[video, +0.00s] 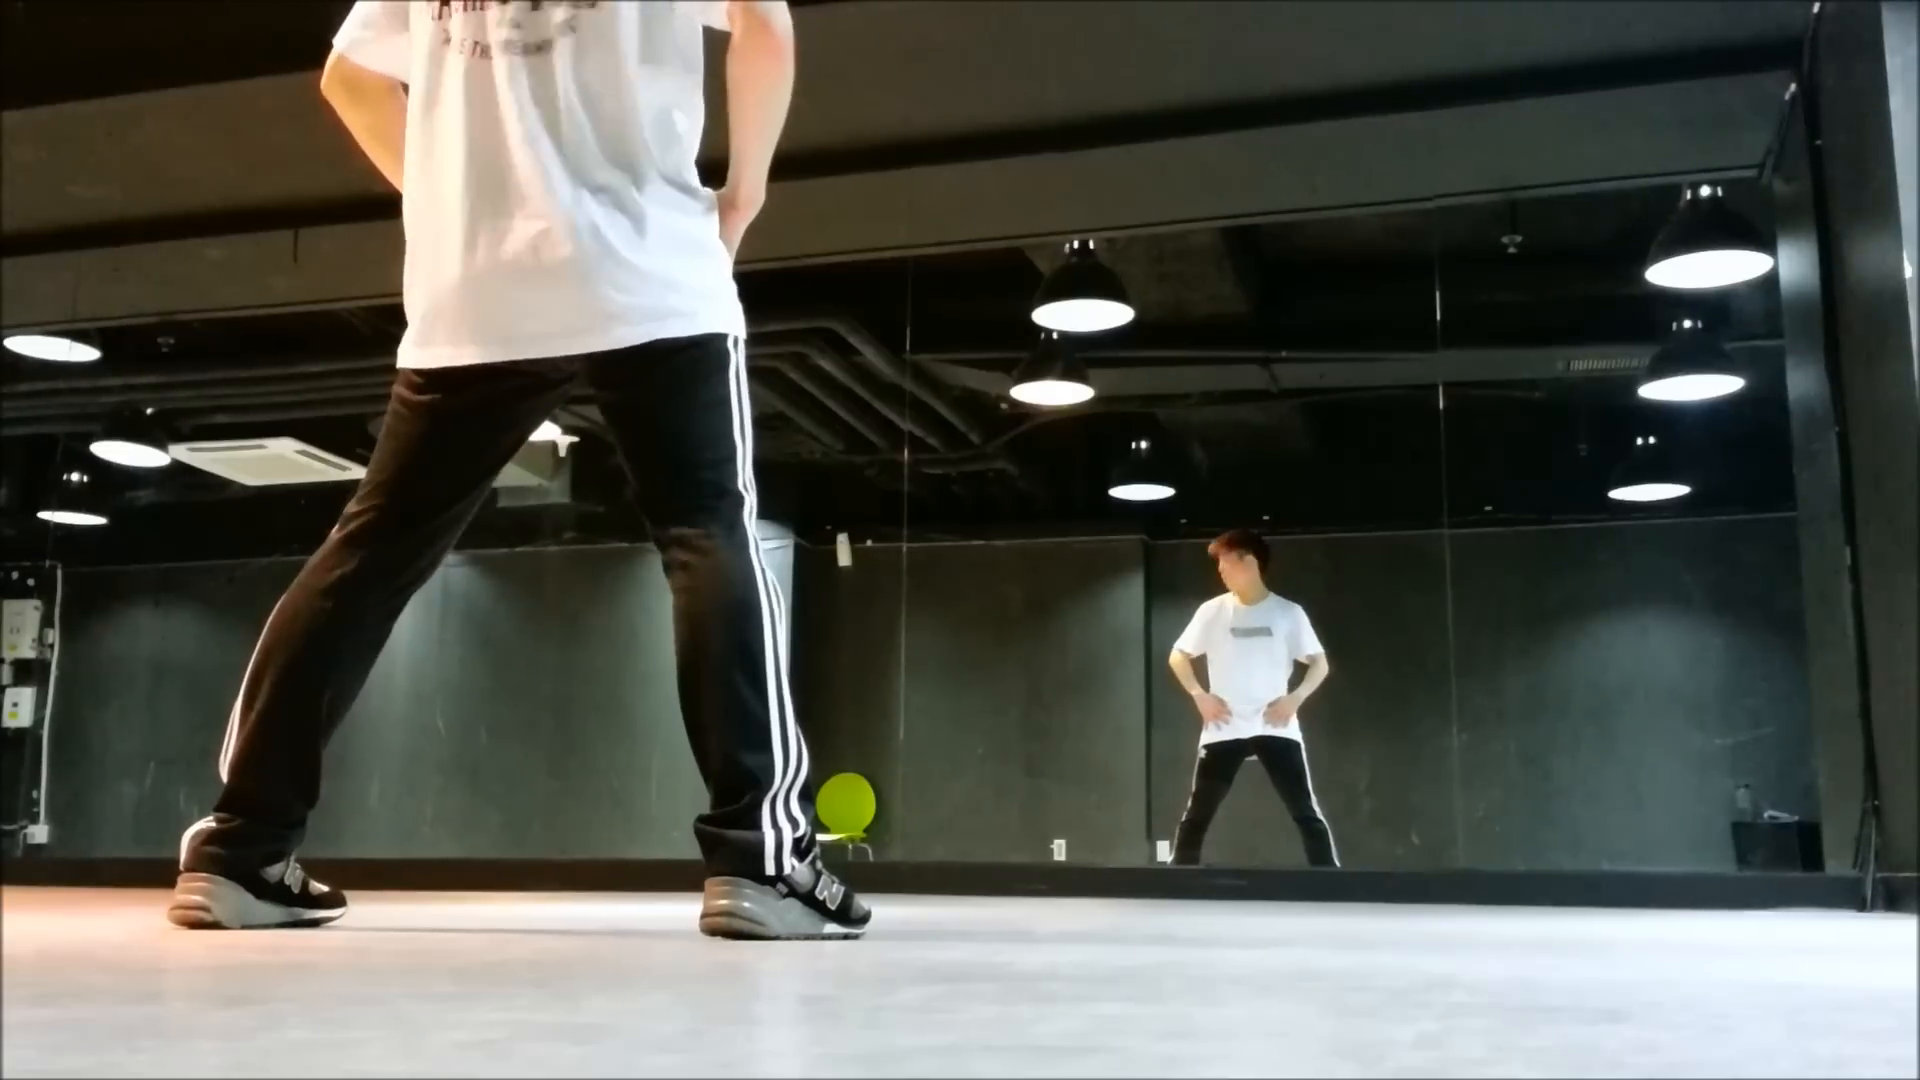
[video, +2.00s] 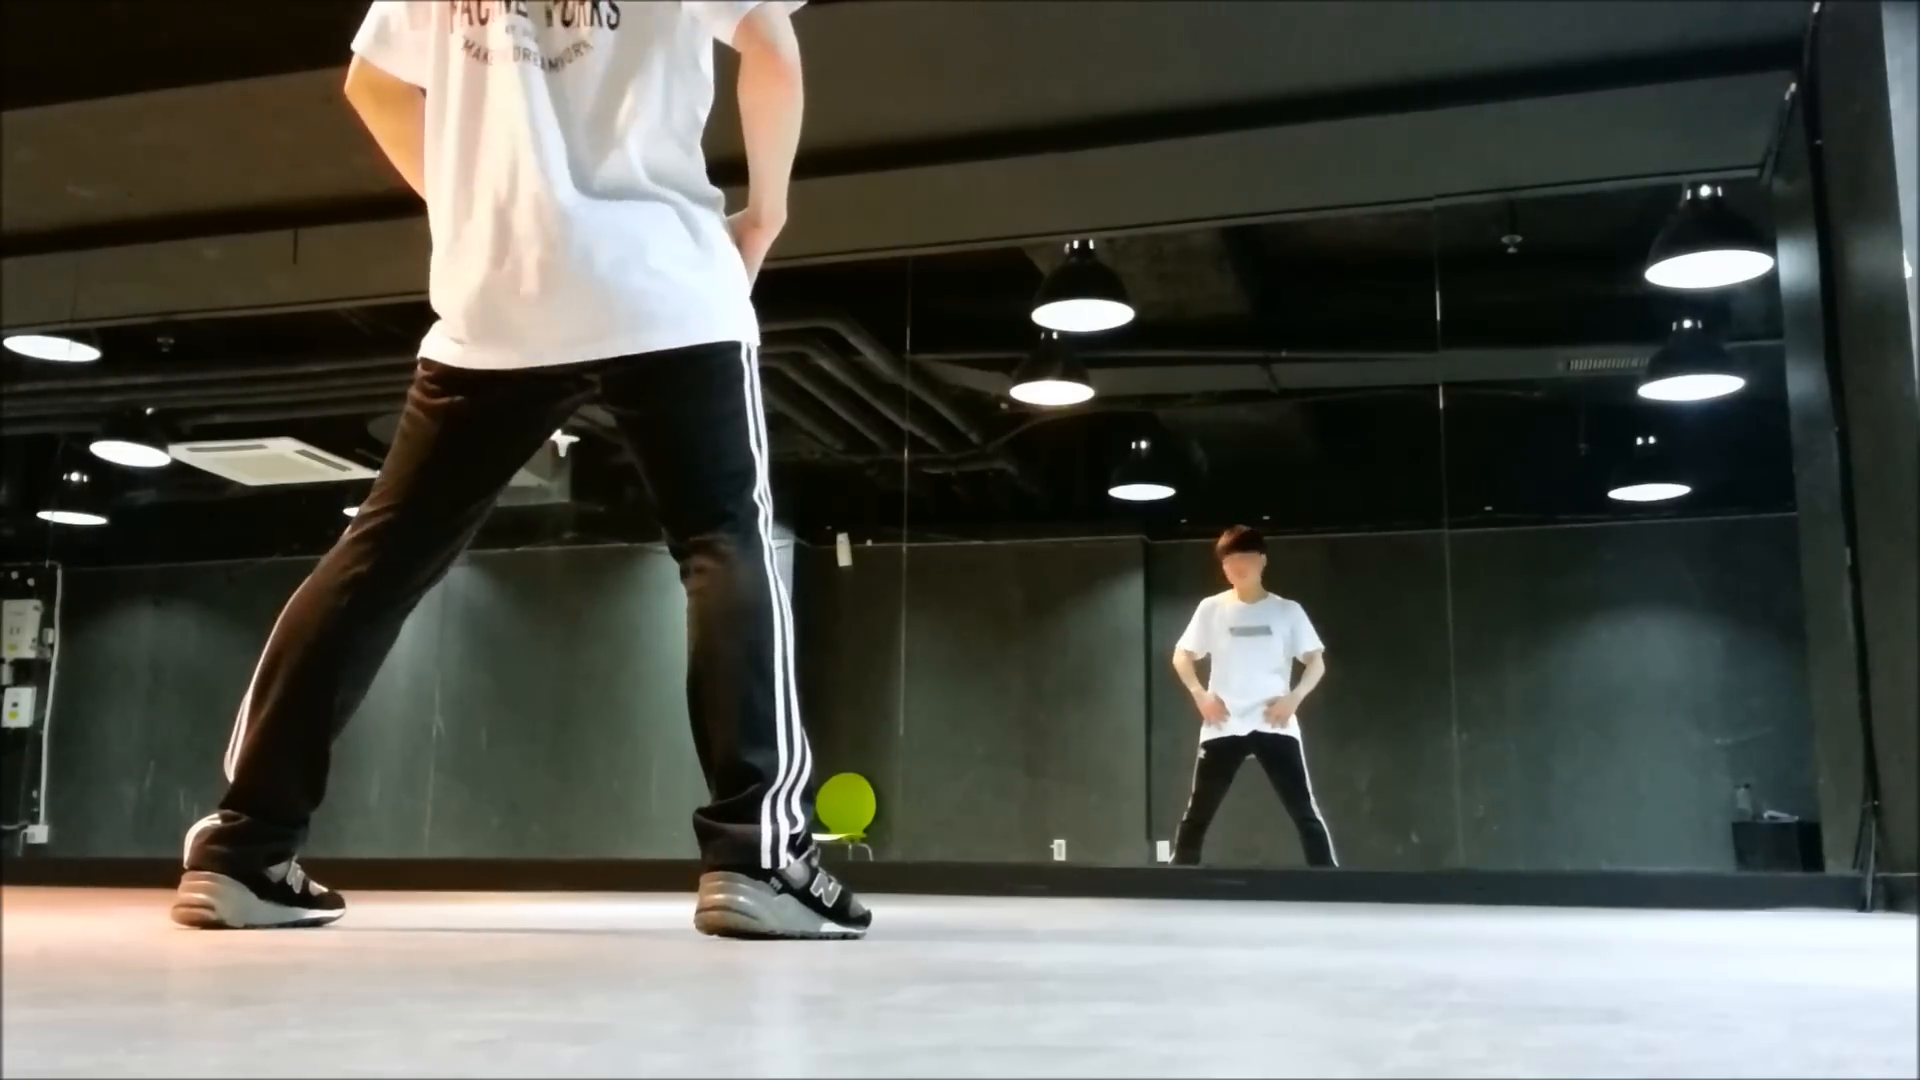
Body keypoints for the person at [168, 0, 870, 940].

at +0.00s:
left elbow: (353, 75)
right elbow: (762, 24)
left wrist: (461, 200)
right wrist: (746, 183)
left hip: (474, 261)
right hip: (650, 260)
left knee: (371, 551)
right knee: (710, 541)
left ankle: (238, 845)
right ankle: (762, 856)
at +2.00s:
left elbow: (376, 81)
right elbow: (771, 48)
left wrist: (476, 207)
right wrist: (767, 204)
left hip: (495, 275)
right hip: (663, 274)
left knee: (380, 555)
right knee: (726, 545)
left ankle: (240, 844)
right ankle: (758, 851)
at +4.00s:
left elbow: (350, 69)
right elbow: (754, 22)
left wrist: (458, 198)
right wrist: (758, 190)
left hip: (482, 254)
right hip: (655, 251)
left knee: (370, 551)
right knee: (710, 539)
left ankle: (238, 848)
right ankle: (760, 856)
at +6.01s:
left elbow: (306, 92)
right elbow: (766, 11)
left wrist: (431, 216)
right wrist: (746, 174)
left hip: (485, 280)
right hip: (654, 267)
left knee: (386, 549)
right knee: (761, 515)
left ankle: (307, 840)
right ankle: (706, 843)